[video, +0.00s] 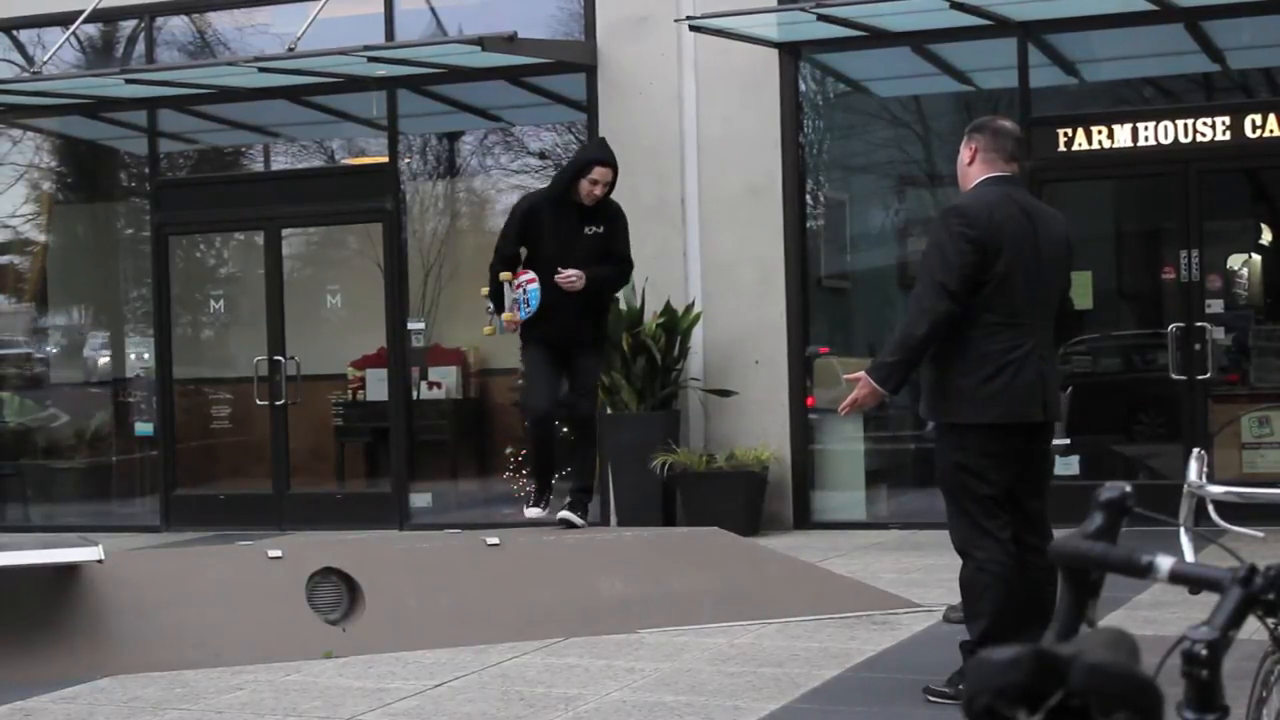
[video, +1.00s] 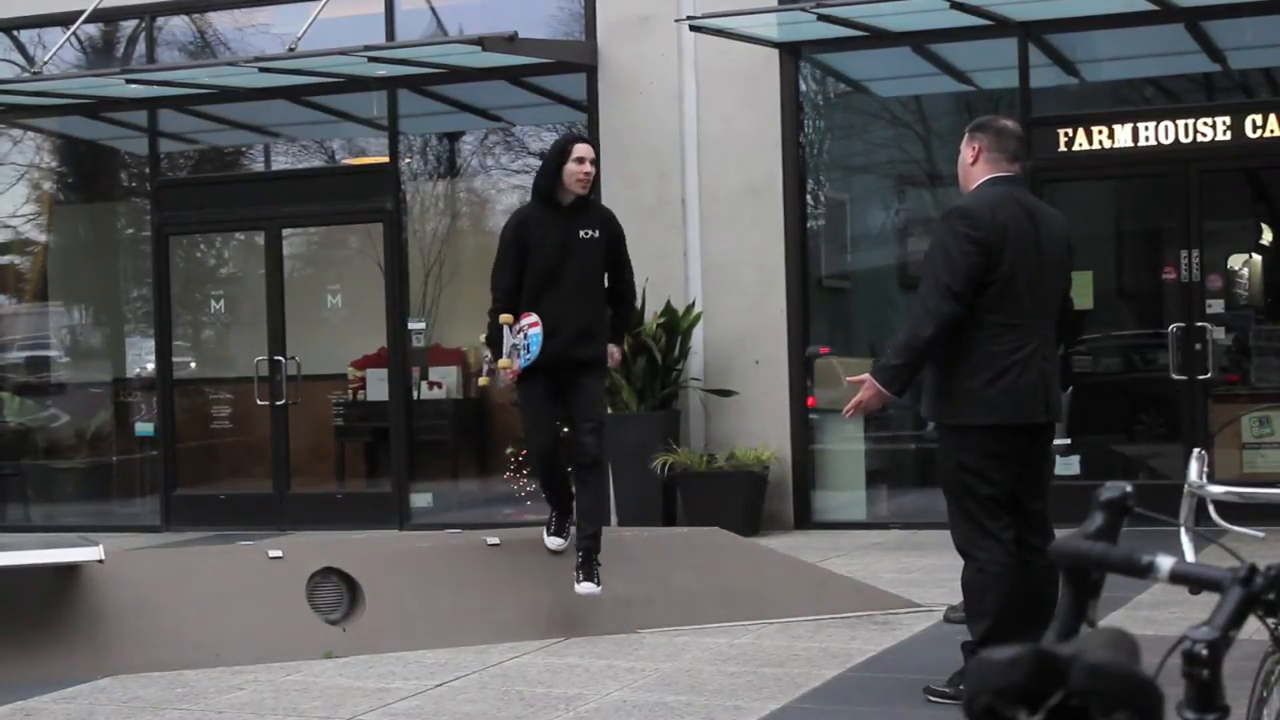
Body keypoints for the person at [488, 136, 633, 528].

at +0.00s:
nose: (599, 191)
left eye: (606, 185)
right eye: (593, 181)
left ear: (611, 184)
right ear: (576, 175)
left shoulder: (611, 216)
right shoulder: (534, 207)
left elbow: (622, 269)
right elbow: (503, 259)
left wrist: (588, 278)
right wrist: (503, 305)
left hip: (589, 331)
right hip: (542, 330)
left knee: (583, 413)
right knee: (538, 409)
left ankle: (579, 502)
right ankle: (540, 492)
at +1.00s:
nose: (587, 169)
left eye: (591, 162)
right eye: (578, 161)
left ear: (594, 170)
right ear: (555, 166)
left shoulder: (603, 221)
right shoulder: (523, 223)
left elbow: (623, 286)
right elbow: (503, 292)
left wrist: (616, 338)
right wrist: (501, 353)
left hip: (588, 356)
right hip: (535, 357)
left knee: (588, 452)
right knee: (542, 448)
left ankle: (589, 558)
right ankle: (559, 508)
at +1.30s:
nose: (605, 232)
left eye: (609, 226)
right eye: (597, 224)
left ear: (612, 236)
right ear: (573, 228)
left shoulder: (617, 292)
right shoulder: (536, 287)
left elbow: (638, 353)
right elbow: (512, 353)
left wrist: (638, 395)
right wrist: (504, 414)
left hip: (603, 424)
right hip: (546, 424)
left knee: (601, 525)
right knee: (544, 524)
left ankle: (591, 618)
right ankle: (555, 538)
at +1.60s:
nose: (603, 220)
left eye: (605, 212)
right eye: (594, 211)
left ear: (603, 221)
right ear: (567, 216)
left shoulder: (611, 273)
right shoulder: (531, 278)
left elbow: (652, 320)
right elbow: (505, 350)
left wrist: (632, 327)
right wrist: (513, 417)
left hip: (605, 421)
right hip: (550, 423)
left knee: (602, 526)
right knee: (564, 527)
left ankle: (591, 611)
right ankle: (566, 637)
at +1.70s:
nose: (607, 226)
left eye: (608, 218)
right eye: (598, 218)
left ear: (598, 226)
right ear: (570, 223)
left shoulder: (611, 282)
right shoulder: (533, 283)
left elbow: (647, 345)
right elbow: (509, 360)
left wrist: (638, 340)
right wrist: (514, 431)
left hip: (606, 426)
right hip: (554, 429)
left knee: (612, 529)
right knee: (565, 534)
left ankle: (591, 597)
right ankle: (565, 639)